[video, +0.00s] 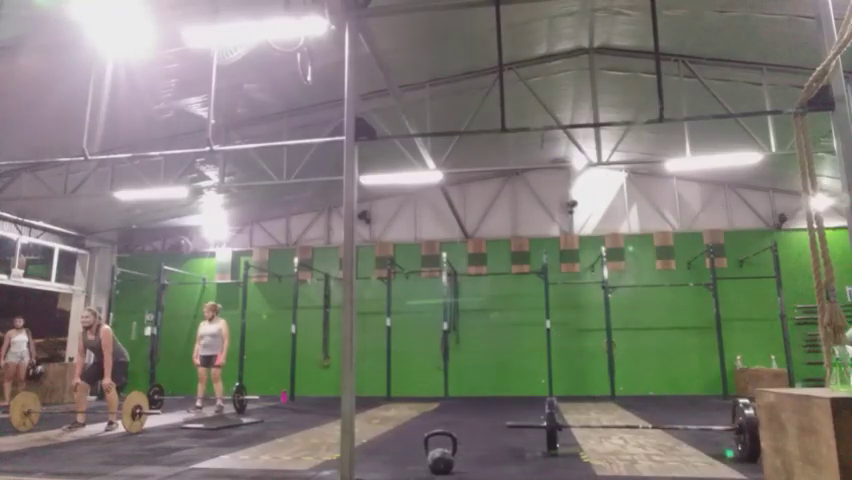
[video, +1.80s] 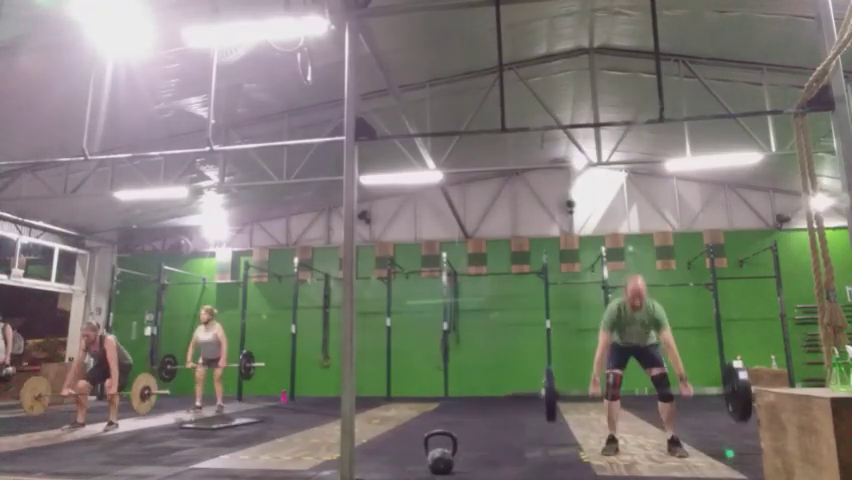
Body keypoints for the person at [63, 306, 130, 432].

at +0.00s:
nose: (83, 320)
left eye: (87, 317)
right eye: (82, 317)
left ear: (95, 318)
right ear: (80, 319)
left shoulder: (104, 330)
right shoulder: (83, 334)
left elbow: (108, 355)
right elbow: (81, 355)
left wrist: (107, 377)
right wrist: (77, 376)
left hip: (118, 361)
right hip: (101, 361)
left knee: (108, 385)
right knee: (81, 384)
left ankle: (112, 420)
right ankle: (80, 420)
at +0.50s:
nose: (82, 332)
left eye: (83, 329)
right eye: (80, 330)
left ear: (91, 325)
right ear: (80, 329)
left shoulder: (105, 333)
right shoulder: (84, 336)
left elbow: (111, 357)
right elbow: (80, 357)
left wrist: (111, 379)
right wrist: (74, 379)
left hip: (119, 360)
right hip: (102, 361)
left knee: (109, 387)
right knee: (81, 385)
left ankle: (112, 421)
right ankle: (80, 420)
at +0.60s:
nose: (83, 343)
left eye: (84, 340)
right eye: (81, 341)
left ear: (91, 334)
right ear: (79, 338)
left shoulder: (104, 338)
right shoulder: (83, 343)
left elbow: (107, 364)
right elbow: (76, 367)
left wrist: (108, 389)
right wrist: (67, 391)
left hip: (120, 363)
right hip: (102, 364)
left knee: (111, 385)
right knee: (81, 385)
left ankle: (112, 420)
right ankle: (80, 420)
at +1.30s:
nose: (84, 332)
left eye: (87, 329)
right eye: (82, 329)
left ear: (96, 329)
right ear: (81, 330)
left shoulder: (107, 339)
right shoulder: (84, 340)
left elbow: (113, 363)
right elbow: (78, 362)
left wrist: (115, 388)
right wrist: (70, 385)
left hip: (120, 362)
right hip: (102, 362)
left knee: (110, 385)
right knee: (81, 385)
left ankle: (112, 421)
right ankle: (80, 421)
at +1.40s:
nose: (90, 314)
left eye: (93, 311)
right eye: (88, 311)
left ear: (101, 312)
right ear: (87, 312)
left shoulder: (109, 324)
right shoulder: (88, 325)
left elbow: (116, 348)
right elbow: (81, 346)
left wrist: (117, 369)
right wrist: (71, 367)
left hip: (113, 356)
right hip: (99, 356)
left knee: (111, 385)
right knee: (84, 383)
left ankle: (112, 421)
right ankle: (80, 420)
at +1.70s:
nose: (87, 322)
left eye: (90, 319)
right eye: (86, 319)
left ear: (98, 318)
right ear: (85, 318)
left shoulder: (109, 327)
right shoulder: (87, 328)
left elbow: (116, 350)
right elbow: (80, 349)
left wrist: (117, 372)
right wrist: (71, 371)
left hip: (118, 357)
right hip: (101, 357)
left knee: (113, 384)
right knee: (86, 384)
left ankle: (113, 420)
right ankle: (80, 420)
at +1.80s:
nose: (85, 339)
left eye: (87, 336)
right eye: (83, 336)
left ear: (96, 333)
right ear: (82, 335)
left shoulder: (108, 340)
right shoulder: (85, 342)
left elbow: (114, 364)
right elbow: (77, 363)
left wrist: (114, 386)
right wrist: (67, 386)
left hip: (121, 364)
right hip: (102, 365)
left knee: (110, 385)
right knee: (81, 386)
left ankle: (113, 421)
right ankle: (80, 421)